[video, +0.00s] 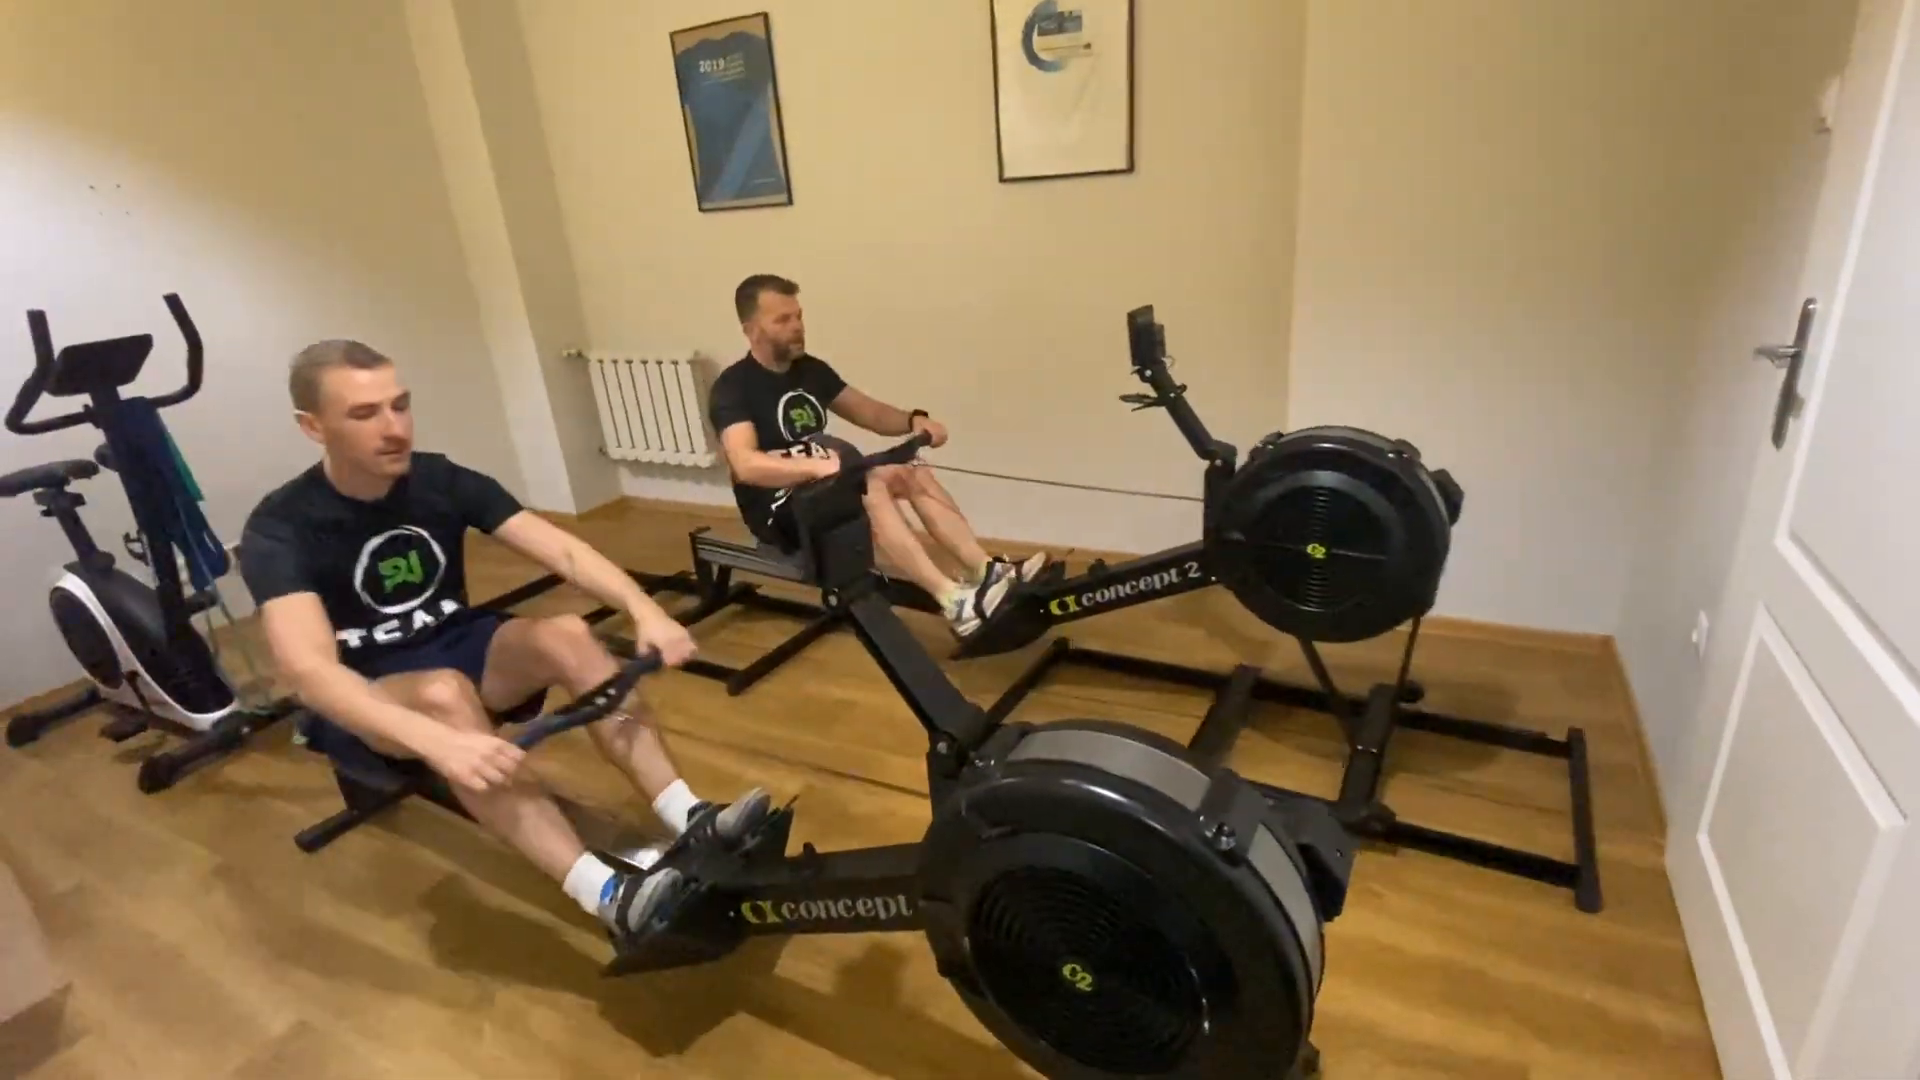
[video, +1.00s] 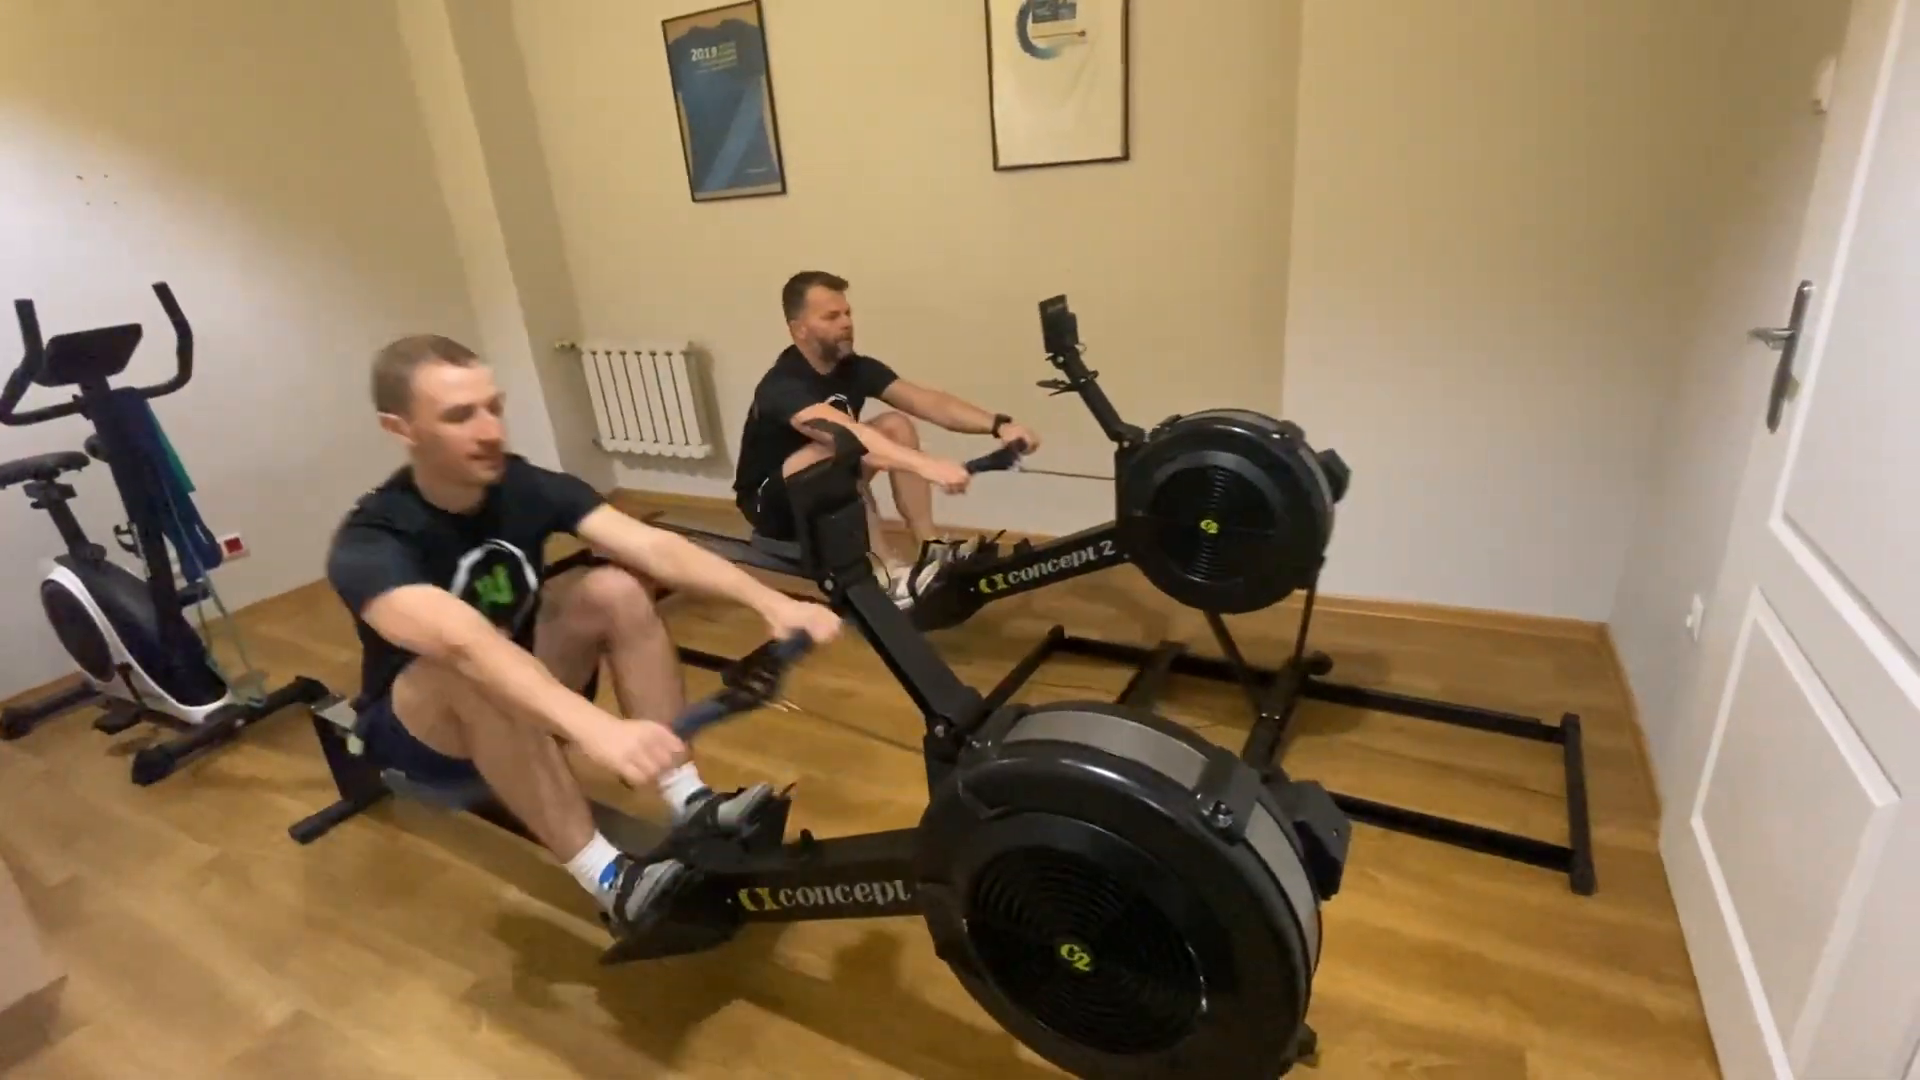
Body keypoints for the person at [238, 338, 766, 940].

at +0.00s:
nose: (394, 427)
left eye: (400, 406)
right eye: (366, 414)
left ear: (409, 402)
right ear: (314, 428)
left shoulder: (439, 481)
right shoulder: (282, 528)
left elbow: (563, 552)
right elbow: (307, 670)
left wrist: (644, 610)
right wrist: (436, 744)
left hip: (457, 649)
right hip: (363, 684)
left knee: (565, 636)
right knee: (445, 697)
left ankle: (691, 821)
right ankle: (610, 896)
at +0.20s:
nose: (454, 442)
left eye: (459, 418)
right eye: (425, 428)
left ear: (469, 412)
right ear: (369, 442)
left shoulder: (490, 490)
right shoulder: (333, 541)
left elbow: (616, 560)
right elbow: (382, 689)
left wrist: (712, 629)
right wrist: (517, 772)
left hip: (489, 666)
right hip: (391, 708)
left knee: (602, 613)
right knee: (456, 678)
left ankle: (693, 818)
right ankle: (612, 890)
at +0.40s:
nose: (518, 453)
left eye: (522, 428)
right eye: (489, 439)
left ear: (530, 422)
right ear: (430, 454)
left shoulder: (552, 501)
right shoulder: (392, 555)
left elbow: (683, 571)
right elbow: (456, 708)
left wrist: (790, 645)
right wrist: (606, 799)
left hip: (527, 689)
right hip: (428, 734)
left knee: (635, 602)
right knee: (478, 669)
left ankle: (689, 803)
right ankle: (617, 888)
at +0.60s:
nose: (564, 461)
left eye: (567, 436)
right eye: (533, 447)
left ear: (576, 433)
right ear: (473, 464)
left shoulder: (598, 513)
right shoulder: (435, 570)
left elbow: (731, 581)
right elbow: (514, 720)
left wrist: (845, 651)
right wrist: (676, 818)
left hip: (553, 715)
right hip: (460, 759)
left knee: (652, 593)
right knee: (494, 673)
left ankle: (693, 800)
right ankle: (616, 882)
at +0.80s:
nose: (583, 466)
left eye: (585, 441)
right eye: (551, 450)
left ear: (594, 437)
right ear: (486, 464)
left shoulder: (607, 517)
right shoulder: (448, 579)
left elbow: (745, 583)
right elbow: (556, 701)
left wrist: (868, 647)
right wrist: (710, 803)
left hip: (573, 740)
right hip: (473, 779)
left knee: (656, 593)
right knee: (513, 683)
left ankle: (692, 825)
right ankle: (616, 883)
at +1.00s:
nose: (490, 431)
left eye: (494, 408)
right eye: (461, 417)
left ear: (503, 404)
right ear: (401, 429)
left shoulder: (524, 488)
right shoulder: (368, 548)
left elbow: (650, 547)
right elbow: (466, 642)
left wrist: (769, 600)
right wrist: (592, 727)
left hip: (516, 691)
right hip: (417, 735)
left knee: (615, 592)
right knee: (476, 666)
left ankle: (693, 808)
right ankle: (612, 883)